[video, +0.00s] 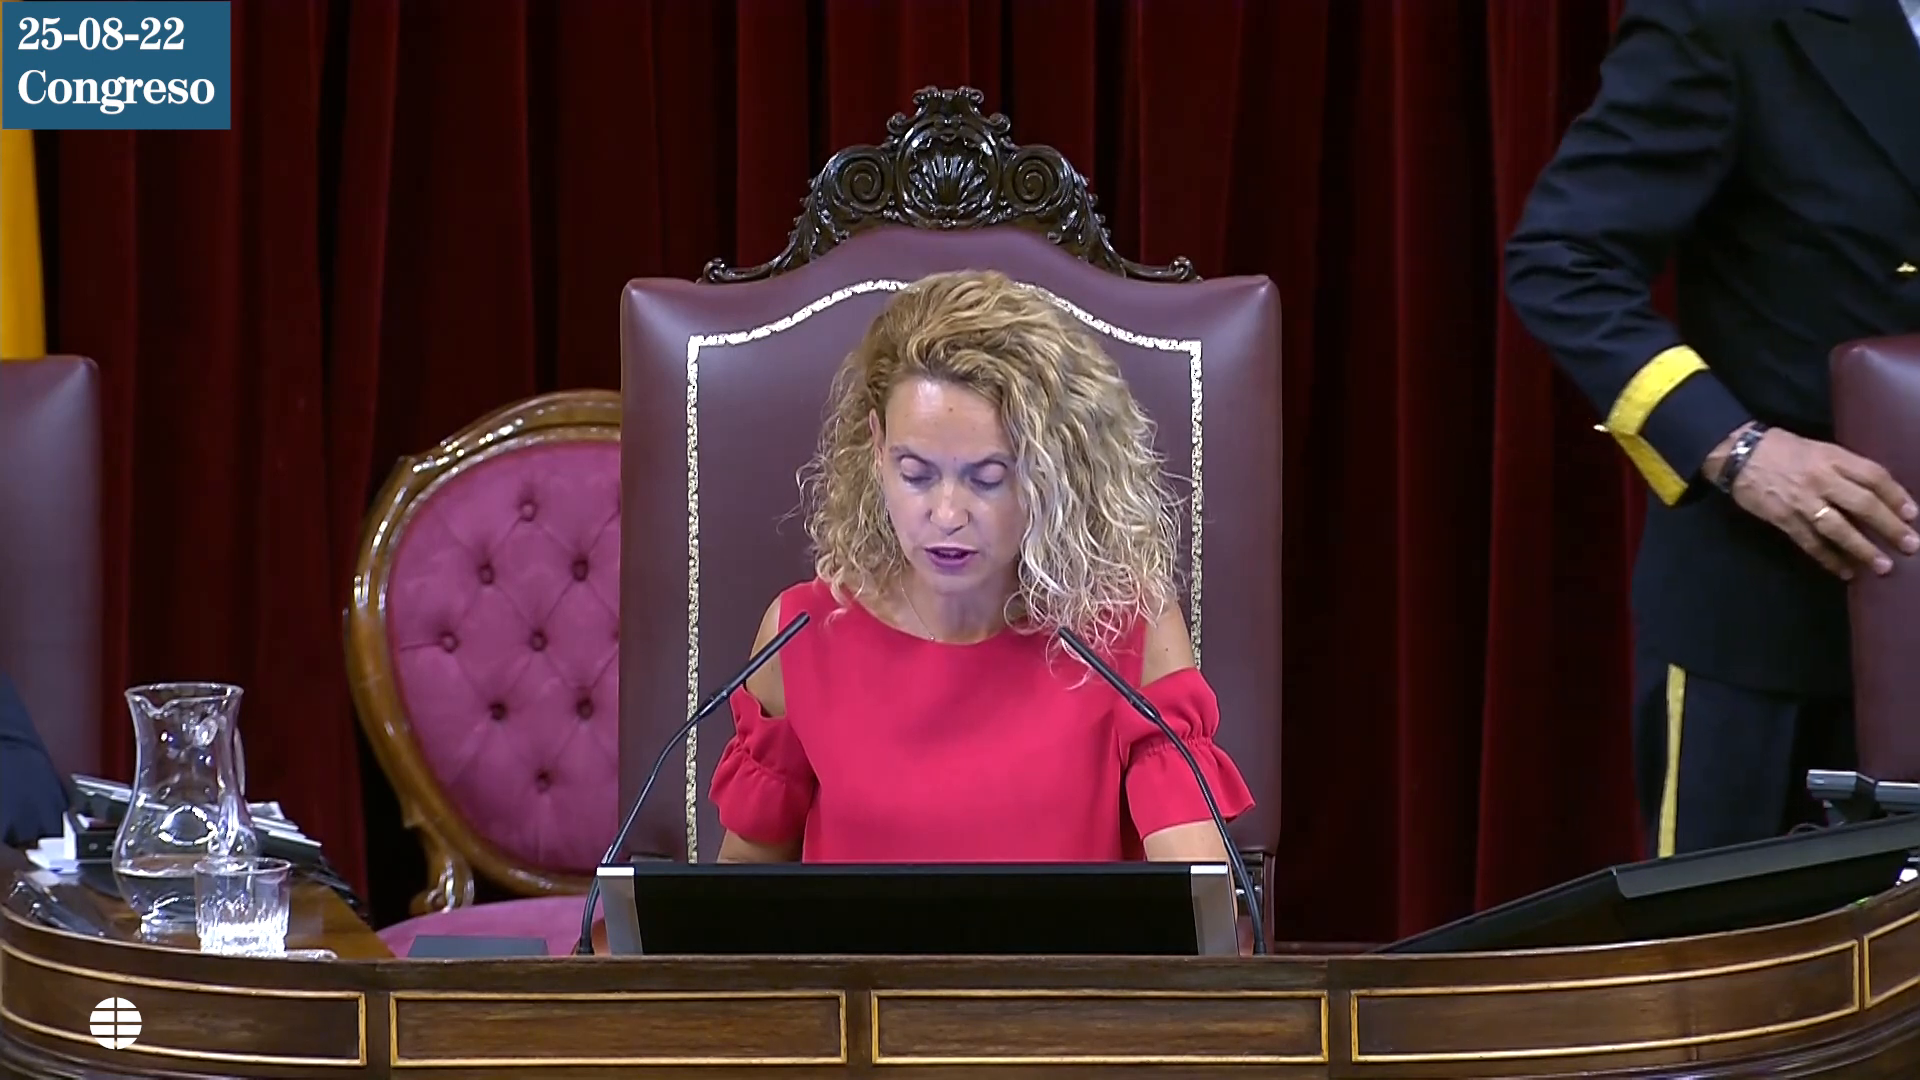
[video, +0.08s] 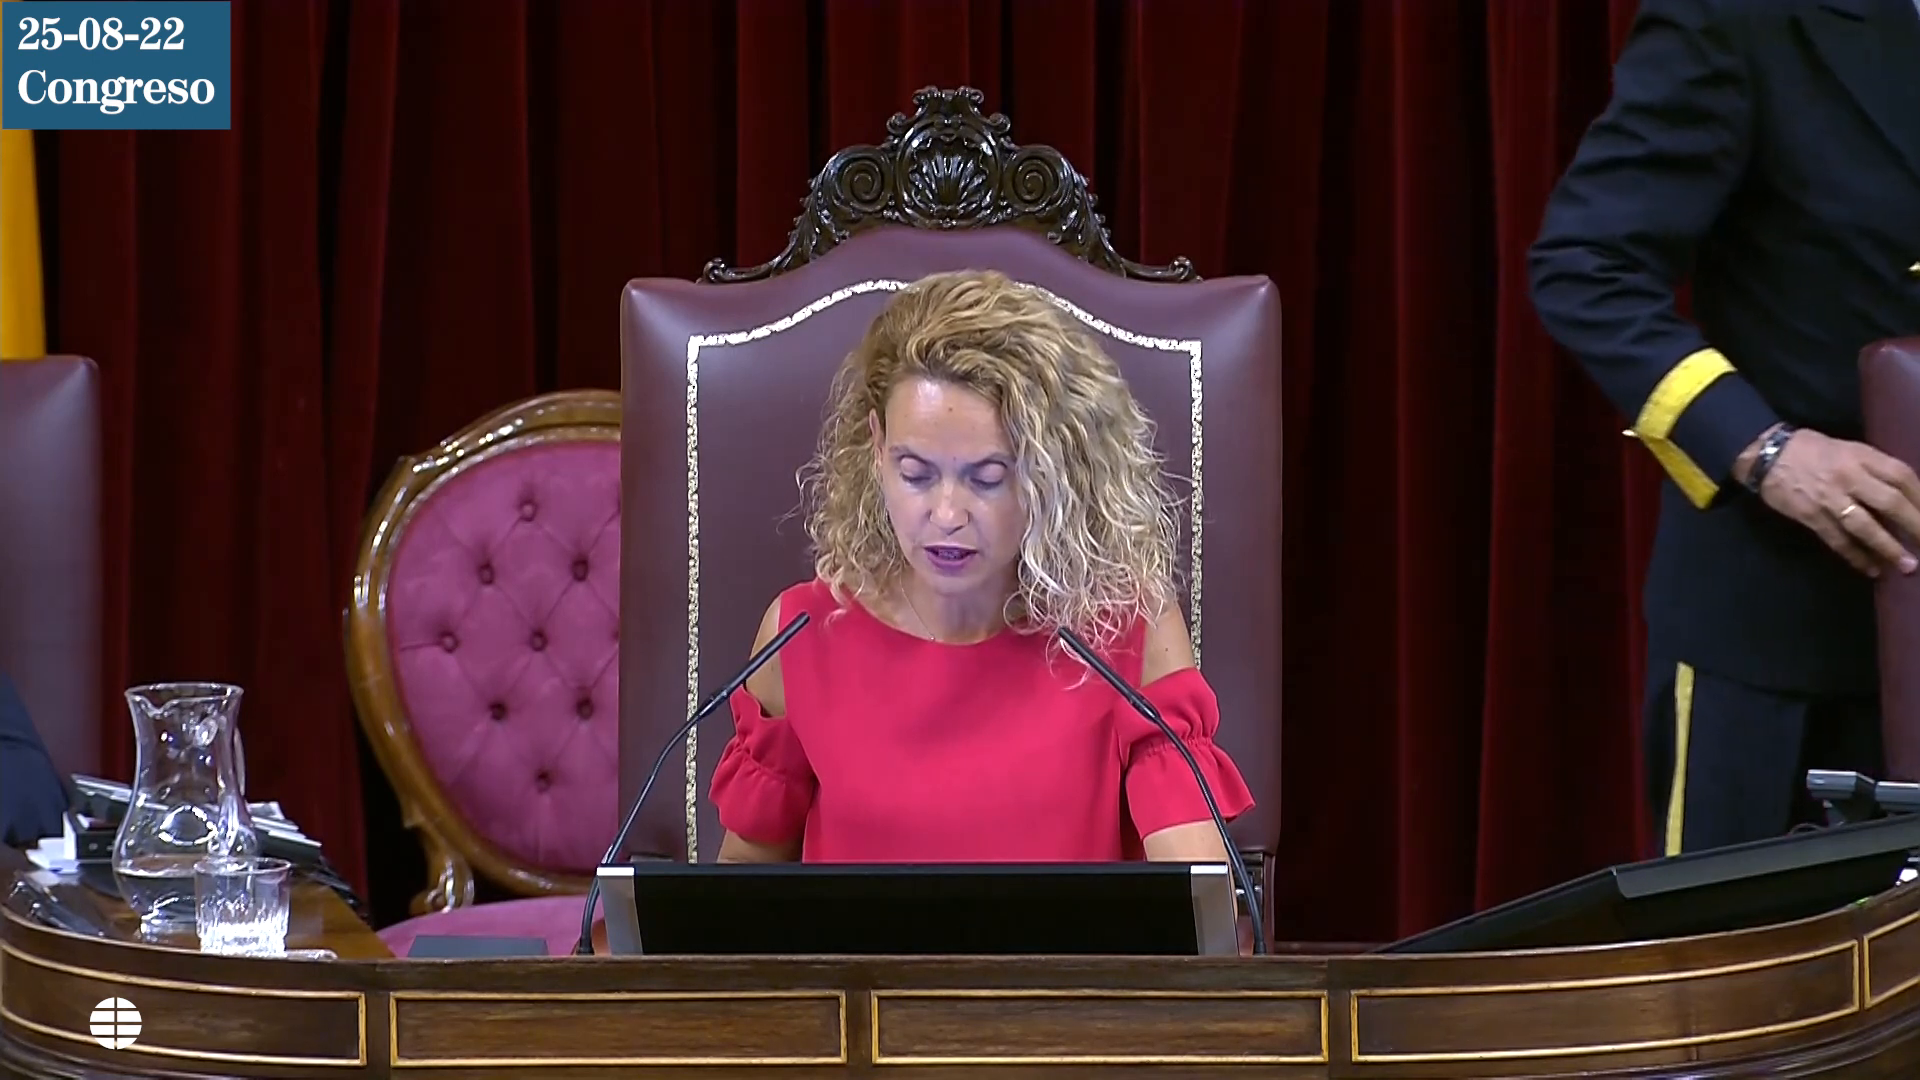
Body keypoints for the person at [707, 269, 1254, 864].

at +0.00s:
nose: (948, 514)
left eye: (986, 476)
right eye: (917, 472)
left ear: (1051, 477)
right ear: (876, 461)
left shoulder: (1126, 624)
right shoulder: (805, 630)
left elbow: (1201, 897)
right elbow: (747, 883)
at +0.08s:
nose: (948, 514)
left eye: (987, 476)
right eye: (917, 472)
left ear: (1052, 477)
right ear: (875, 461)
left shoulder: (1126, 622)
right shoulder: (805, 630)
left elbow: (1201, 895)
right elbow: (747, 881)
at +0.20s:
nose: (947, 514)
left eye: (986, 476)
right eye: (917, 472)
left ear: (1052, 477)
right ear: (875, 460)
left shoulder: (1126, 623)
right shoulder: (805, 630)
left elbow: (1201, 894)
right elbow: (747, 882)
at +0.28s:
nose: (947, 513)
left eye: (986, 475)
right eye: (916, 472)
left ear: (1053, 476)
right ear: (875, 461)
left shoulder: (1126, 622)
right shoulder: (805, 630)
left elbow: (1201, 894)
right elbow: (747, 882)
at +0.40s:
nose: (947, 513)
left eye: (986, 475)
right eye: (916, 472)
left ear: (1053, 475)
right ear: (875, 460)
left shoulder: (1125, 622)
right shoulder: (805, 630)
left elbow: (1202, 896)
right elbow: (747, 883)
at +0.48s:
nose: (946, 513)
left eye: (986, 475)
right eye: (916, 471)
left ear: (1052, 475)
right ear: (875, 460)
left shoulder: (1125, 621)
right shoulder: (805, 630)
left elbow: (1201, 894)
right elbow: (747, 879)